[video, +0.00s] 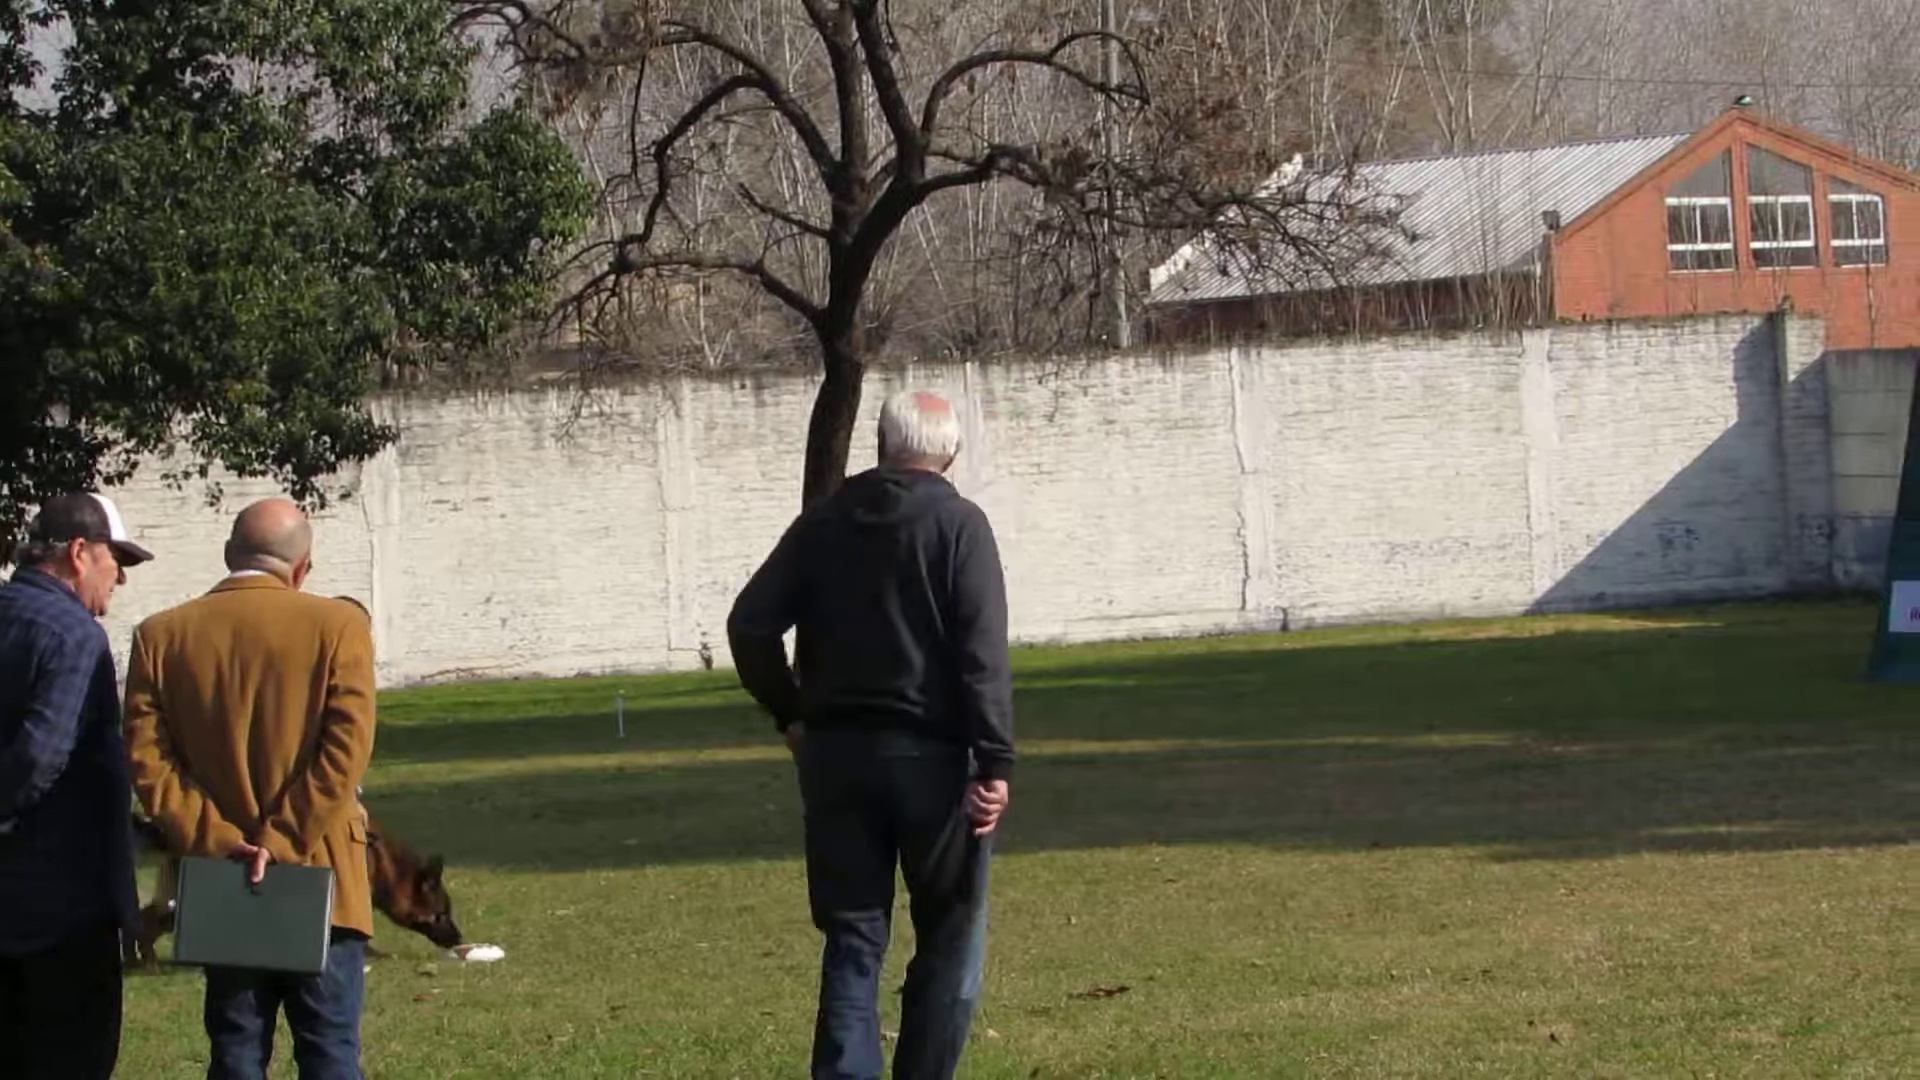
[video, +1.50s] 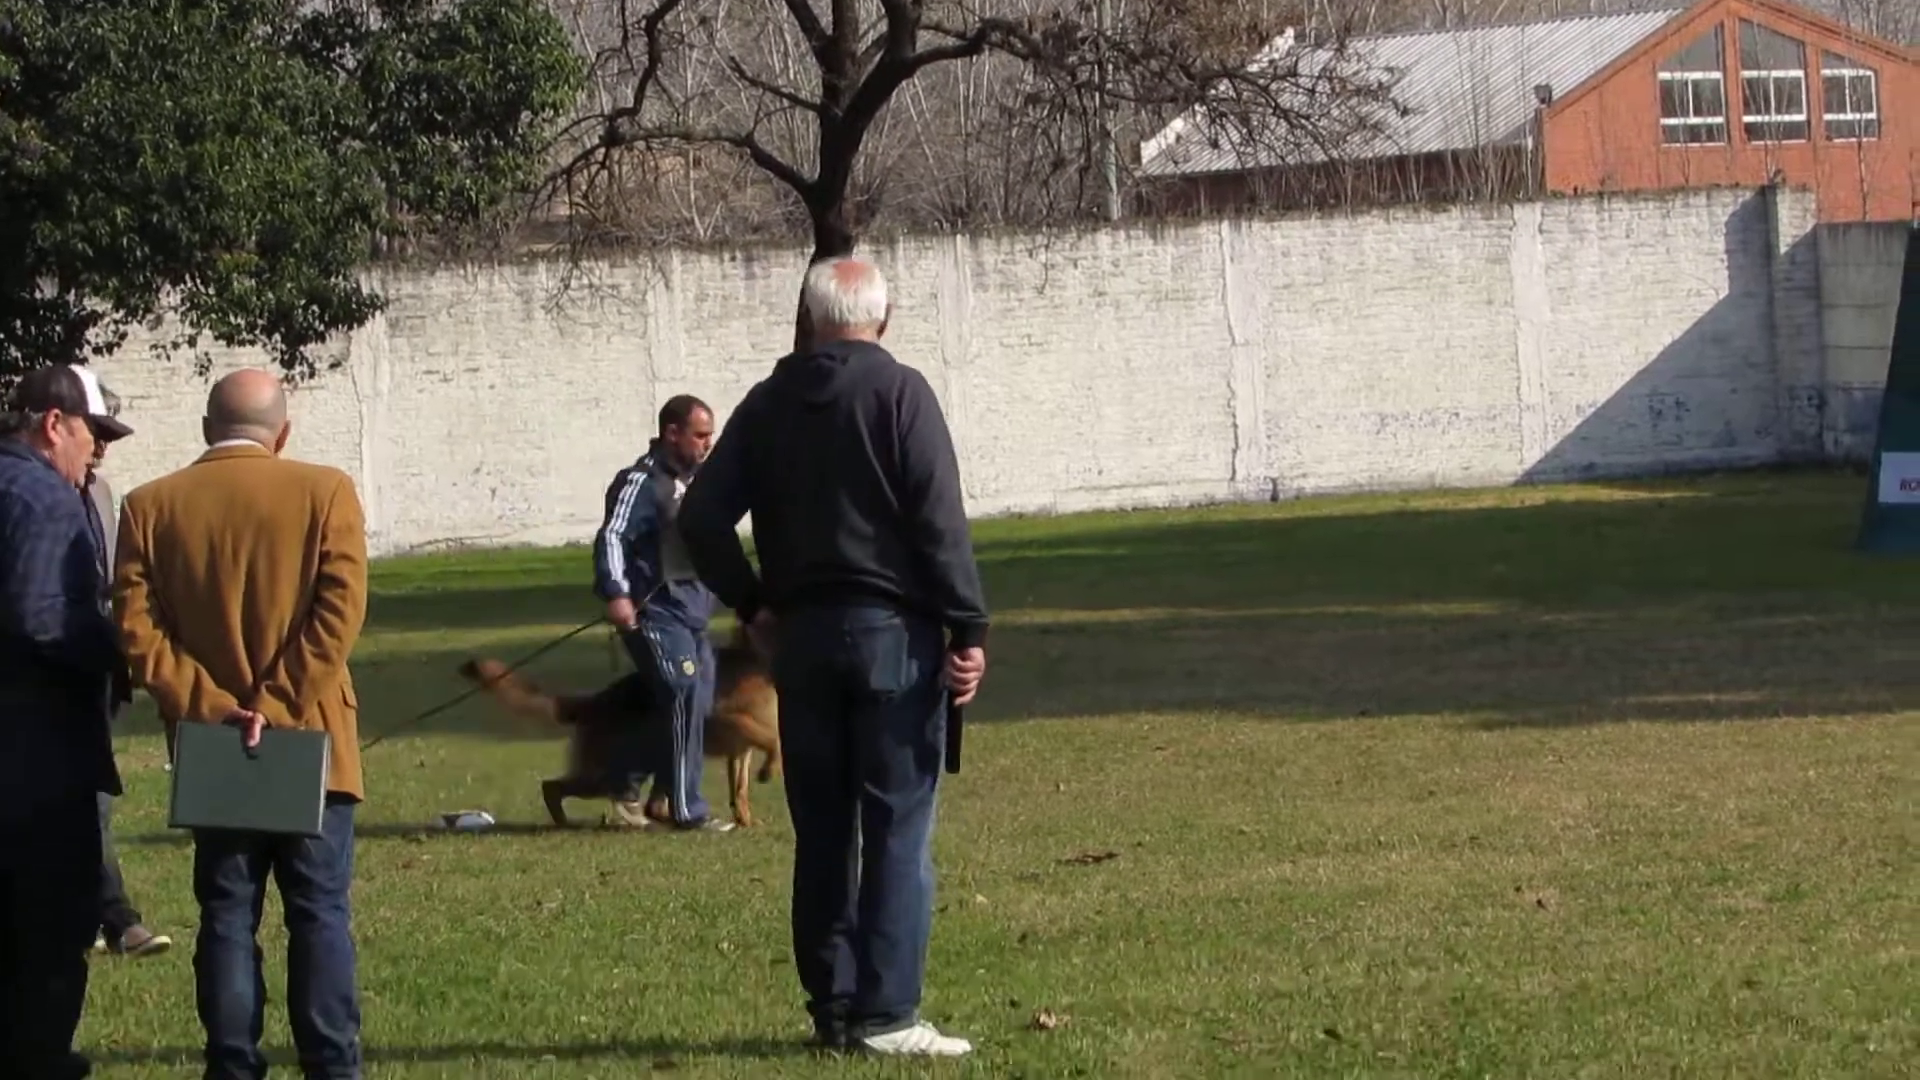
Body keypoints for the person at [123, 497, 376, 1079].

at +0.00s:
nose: (309, 568)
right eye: (308, 559)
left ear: (228, 555)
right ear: (300, 566)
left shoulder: (160, 635)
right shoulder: (339, 623)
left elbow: (146, 765)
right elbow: (346, 749)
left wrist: (220, 841)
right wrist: (279, 838)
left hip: (221, 898)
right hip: (326, 894)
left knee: (236, 1052)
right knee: (331, 1049)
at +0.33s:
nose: (312, 570)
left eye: (311, 561)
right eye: (311, 561)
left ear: (232, 558)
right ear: (300, 565)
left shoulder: (166, 636)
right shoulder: (344, 624)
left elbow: (154, 766)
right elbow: (357, 747)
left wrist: (232, 846)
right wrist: (289, 838)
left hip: (227, 898)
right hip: (333, 894)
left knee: (242, 1051)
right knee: (338, 1050)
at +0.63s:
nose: (319, 568)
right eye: (318, 560)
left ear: (240, 558)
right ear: (311, 567)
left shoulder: (173, 638)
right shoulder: (353, 625)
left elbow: (161, 767)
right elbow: (363, 752)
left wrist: (238, 846)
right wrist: (296, 840)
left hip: (232, 898)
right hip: (339, 894)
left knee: (245, 1052)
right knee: (341, 1050)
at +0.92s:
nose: (315, 569)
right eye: (314, 560)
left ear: (235, 558)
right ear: (306, 566)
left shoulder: (170, 638)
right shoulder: (350, 625)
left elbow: (159, 767)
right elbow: (360, 750)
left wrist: (237, 847)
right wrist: (294, 841)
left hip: (232, 900)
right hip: (337, 896)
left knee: (245, 1054)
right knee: (341, 1052)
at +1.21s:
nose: (308, 556)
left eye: (306, 547)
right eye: (307, 548)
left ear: (227, 548)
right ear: (297, 554)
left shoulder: (162, 626)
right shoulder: (343, 613)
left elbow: (152, 756)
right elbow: (353, 739)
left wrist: (229, 832)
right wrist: (287, 828)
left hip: (226, 884)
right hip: (330, 879)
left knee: (240, 1038)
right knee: (335, 1036)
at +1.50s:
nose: (288, 432)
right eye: (288, 424)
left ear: (208, 426)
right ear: (281, 430)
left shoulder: (150, 504)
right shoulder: (327, 490)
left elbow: (136, 630)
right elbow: (341, 612)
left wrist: (210, 706)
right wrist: (279, 700)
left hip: (209, 758)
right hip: (316, 751)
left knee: (225, 909)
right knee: (320, 908)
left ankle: (232, 1066)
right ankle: (333, 1065)